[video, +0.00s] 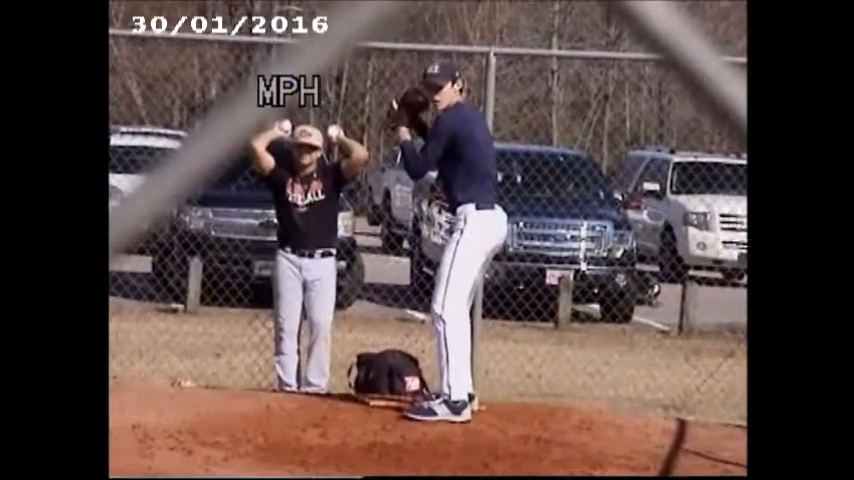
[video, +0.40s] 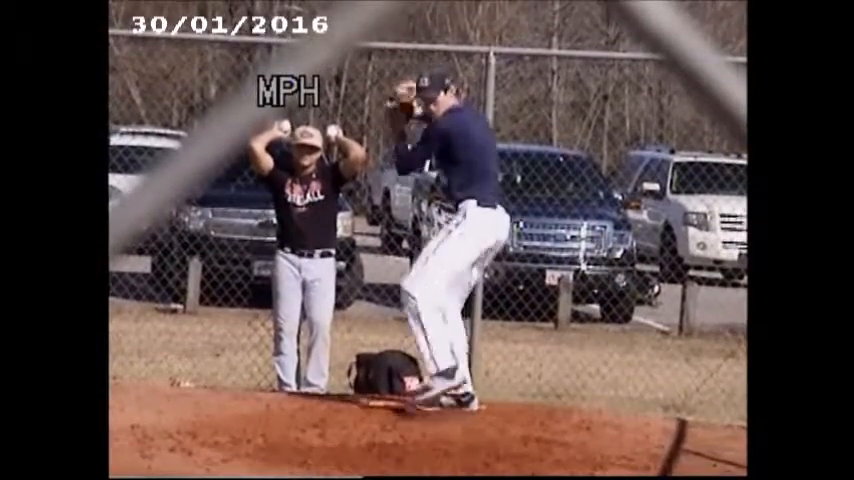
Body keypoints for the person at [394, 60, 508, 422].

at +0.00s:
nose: (432, 94)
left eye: (439, 87)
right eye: (430, 87)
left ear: (459, 86)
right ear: (447, 88)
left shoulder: (450, 119)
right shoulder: (470, 116)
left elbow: (417, 167)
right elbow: (435, 162)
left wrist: (404, 137)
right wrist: (414, 138)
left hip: (473, 218)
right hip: (487, 216)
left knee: (446, 307)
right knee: (456, 306)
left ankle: (455, 396)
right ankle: (461, 392)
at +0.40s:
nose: (427, 107)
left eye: (431, 100)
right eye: (424, 101)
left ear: (453, 93)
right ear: (455, 96)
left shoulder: (443, 125)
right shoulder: (475, 117)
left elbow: (406, 164)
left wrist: (399, 124)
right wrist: (418, 107)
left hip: (474, 216)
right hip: (496, 217)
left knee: (416, 288)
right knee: (447, 300)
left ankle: (441, 373)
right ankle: (461, 386)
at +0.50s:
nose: (424, 106)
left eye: (426, 100)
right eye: (421, 101)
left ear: (444, 90)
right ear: (448, 91)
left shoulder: (438, 122)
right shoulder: (474, 110)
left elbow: (398, 158)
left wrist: (406, 119)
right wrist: (420, 106)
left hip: (475, 212)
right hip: (499, 215)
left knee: (402, 255)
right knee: (457, 299)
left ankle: (440, 329)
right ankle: (459, 387)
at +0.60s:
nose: (417, 104)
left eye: (420, 97)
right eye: (415, 98)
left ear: (441, 90)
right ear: (446, 92)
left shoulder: (432, 120)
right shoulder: (473, 111)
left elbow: (389, 159)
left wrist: (416, 128)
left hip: (472, 212)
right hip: (500, 216)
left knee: (394, 234)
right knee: (461, 301)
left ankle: (427, 314)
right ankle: (459, 387)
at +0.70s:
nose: (416, 110)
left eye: (420, 103)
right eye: (414, 104)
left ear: (440, 97)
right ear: (444, 99)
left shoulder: (431, 127)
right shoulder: (472, 118)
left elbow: (388, 168)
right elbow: (484, 162)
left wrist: (411, 133)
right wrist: (450, 192)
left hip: (472, 216)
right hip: (503, 221)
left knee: (394, 236)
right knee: (458, 303)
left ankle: (402, 320)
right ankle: (460, 389)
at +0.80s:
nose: (420, 113)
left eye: (424, 106)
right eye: (418, 107)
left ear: (443, 102)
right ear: (444, 105)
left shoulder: (437, 131)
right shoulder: (469, 129)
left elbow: (392, 155)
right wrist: (446, 197)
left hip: (471, 221)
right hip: (500, 228)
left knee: (394, 252)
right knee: (445, 301)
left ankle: (368, 339)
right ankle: (457, 386)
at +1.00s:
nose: (418, 133)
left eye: (424, 128)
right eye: (417, 128)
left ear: (442, 128)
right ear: (444, 131)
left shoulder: (431, 154)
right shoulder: (466, 157)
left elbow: (393, 150)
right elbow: (488, 198)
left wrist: (359, 139)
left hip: (465, 247)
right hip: (490, 253)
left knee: (396, 297)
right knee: (428, 315)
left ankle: (343, 368)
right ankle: (454, 387)